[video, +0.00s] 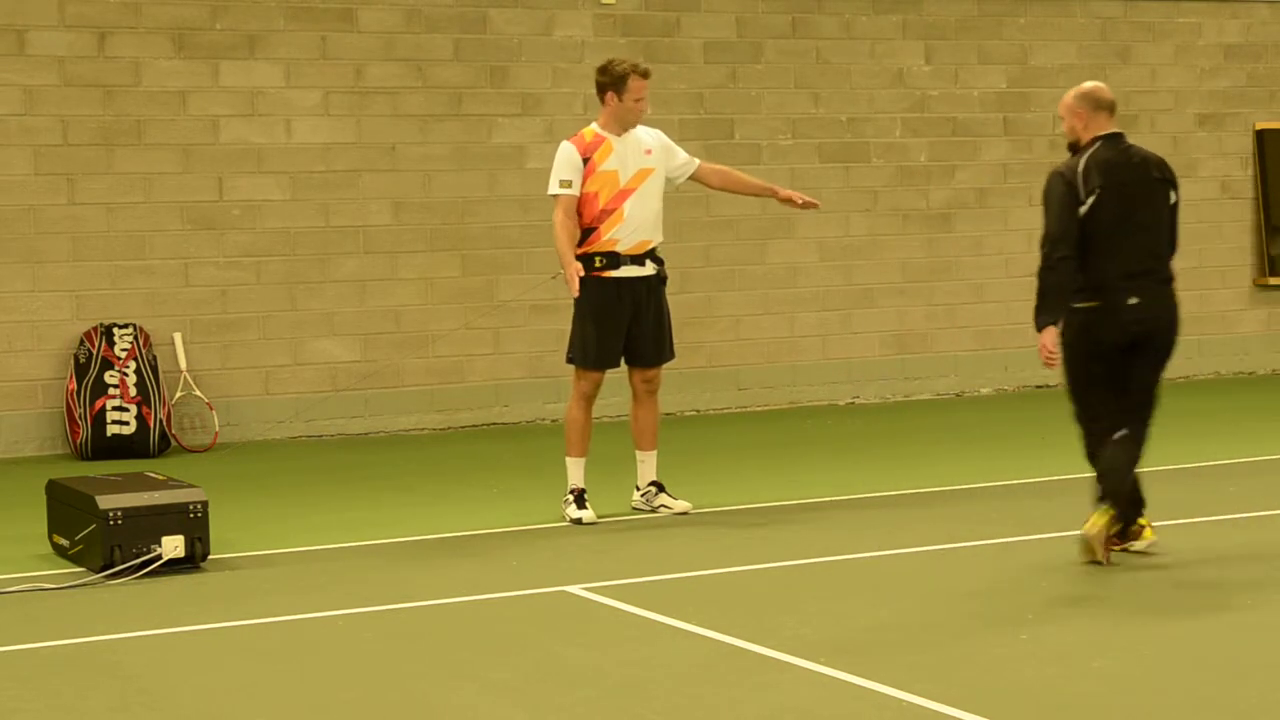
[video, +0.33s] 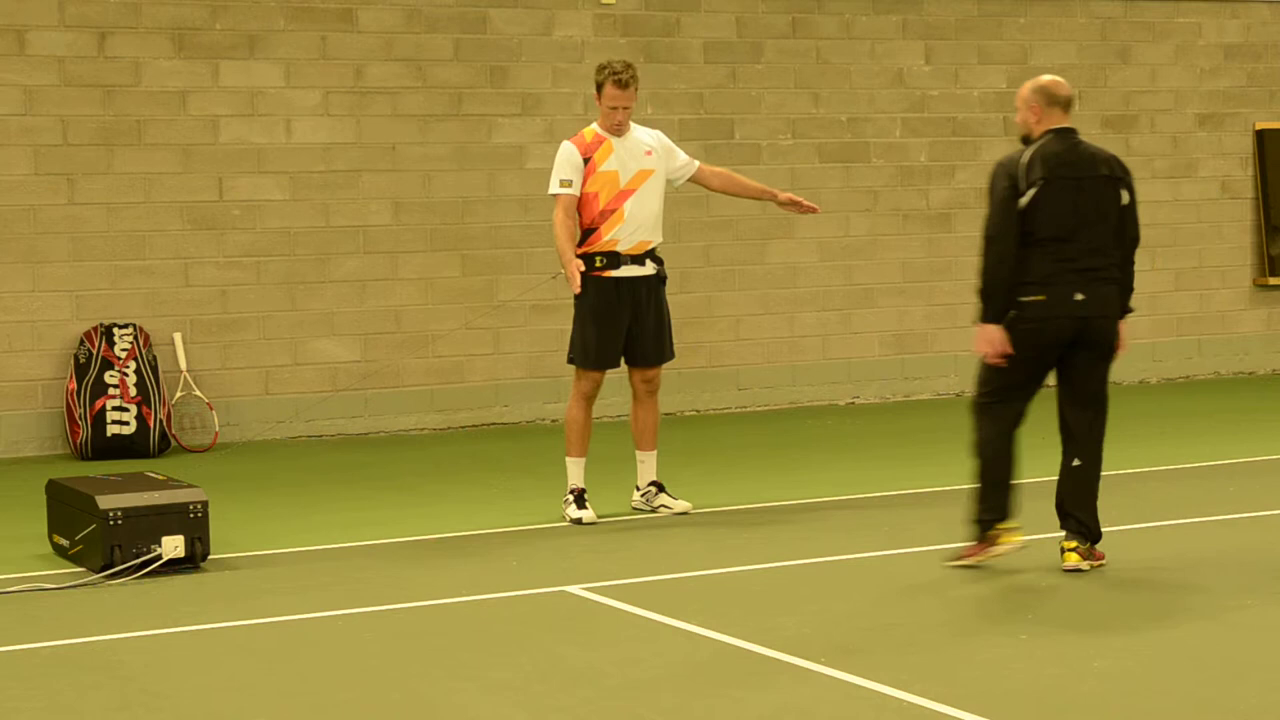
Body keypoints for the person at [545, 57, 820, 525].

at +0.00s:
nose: (644, 108)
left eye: (646, 100)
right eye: (637, 100)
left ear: (642, 99)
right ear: (609, 99)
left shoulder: (654, 142)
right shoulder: (576, 149)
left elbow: (711, 173)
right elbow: (564, 215)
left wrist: (776, 191)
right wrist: (569, 266)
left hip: (647, 281)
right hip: (598, 282)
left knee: (647, 383)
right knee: (586, 387)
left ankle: (647, 488)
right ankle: (576, 493)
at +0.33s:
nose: (620, 117)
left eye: (627, 108)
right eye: (612, 108)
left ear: (636, 103)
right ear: (597, 100)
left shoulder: (654, 143)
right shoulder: (576, 149)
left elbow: (711, 176)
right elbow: (563, 213)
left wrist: (774, 195)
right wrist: (569, 262)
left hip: (646, 281)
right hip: (599, 281)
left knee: (647, 382)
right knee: (586, 387)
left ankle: (647, 488)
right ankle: (575, 494)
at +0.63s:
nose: (620, 117)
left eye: (627, 108)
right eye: (612, 108)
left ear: (635, 103)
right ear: (595, 101)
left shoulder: (654, 143)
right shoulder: (575, 150)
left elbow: (711, 176)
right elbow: (562, 214)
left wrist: (774, 195)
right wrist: (568, 264)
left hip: (646, 281)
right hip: (598, 282)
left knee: (647, 383)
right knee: (585, 387)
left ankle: (647, 488)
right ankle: (575, 493)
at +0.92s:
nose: (621, 116)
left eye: (628, 107)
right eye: (614, 107)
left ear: (637, 102)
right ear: (597, 101)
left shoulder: (654, 143)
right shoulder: (576, 149)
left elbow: (710, 176)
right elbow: (562, 214)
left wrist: (773, 194)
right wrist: (568, 265)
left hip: (646, 281)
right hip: (598, 282)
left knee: (647, 383)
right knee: (586, 387)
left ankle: (647, 488)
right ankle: (575, 494)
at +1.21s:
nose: (620, 113)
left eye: (626, 105)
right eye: (611, 105)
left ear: (634, 101)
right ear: (594, 101)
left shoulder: (651, 143)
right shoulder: (574, 151)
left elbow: (686, 197)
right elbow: (556, 214)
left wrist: (733, 239)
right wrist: (553, 263)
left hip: (645, 280)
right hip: (597, 282)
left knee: (645, 384)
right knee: (586, 387)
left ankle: (647, 487)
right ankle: (575, 493)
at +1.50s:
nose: (615, 113)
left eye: (621, 105)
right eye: (607, 105)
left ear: (629, 101)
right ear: (589, 101)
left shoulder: (644, 140)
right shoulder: (569, 151)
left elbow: (647, 210)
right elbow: (549, 214)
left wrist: (661, 268)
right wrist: (540, 268)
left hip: (644, 280)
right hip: (597, 283)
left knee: (650, 382)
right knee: (584, 387)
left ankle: (648, 487)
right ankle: (575, 493)